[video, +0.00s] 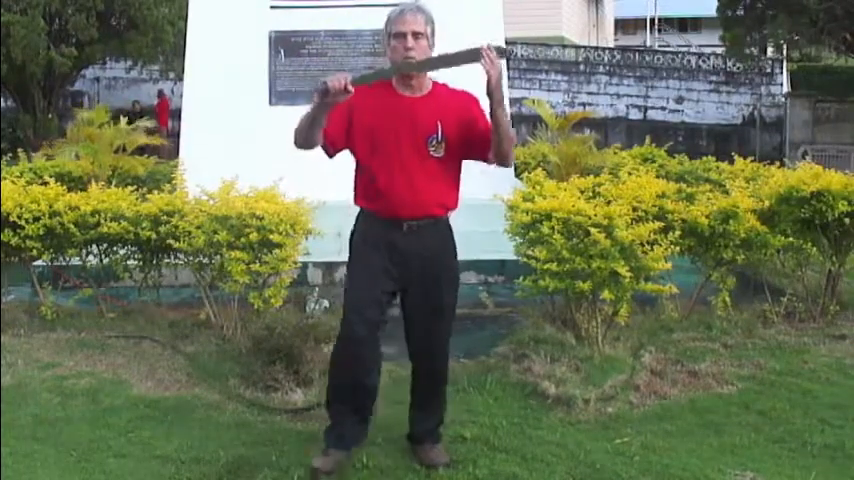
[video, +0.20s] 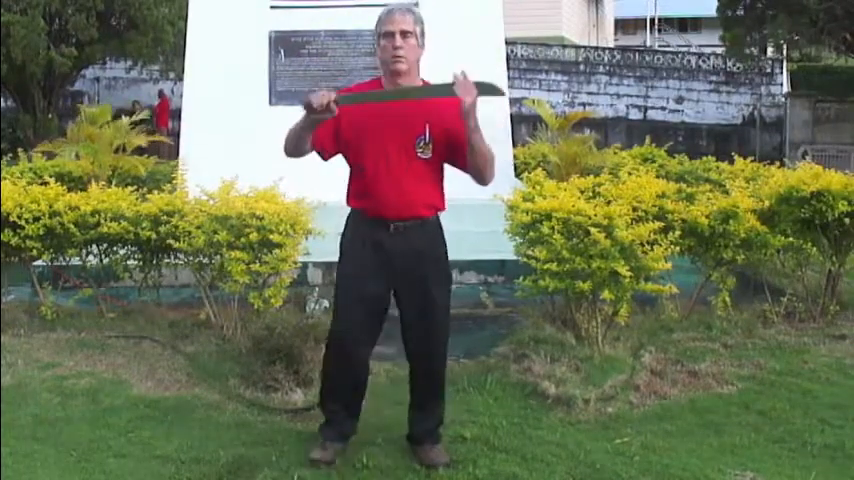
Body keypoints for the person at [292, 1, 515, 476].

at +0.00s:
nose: (408, 44)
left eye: (417, 36)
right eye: (399, 36)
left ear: (431, 44)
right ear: (386, 44)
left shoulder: (458, 103)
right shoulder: (361, 99)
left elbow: (503, 155)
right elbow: (304, 141)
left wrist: (496, 92)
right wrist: (322, 104)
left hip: (433, 237)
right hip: (374, 235)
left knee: (431, 344)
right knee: (356, 333)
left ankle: (426, 438)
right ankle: (340, 441)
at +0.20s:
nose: (396, 43)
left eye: (406, 35)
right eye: (387, 36)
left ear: (421, 45)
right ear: (376, 47)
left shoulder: (442, 102)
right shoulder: (352, 100)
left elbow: (484, 175)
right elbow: (293, 149)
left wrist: (470, 117)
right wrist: (310, 118)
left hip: (423, 236)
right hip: (364, 235)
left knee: (429, 343)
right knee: (347, 338)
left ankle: (426, 437)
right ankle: (334, 432)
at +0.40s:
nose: (380, 45)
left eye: (390, 37)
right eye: (372, 37)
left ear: (407, 47)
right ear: (361, 47)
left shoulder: (433, 106)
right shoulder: (338, 102)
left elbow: (471, 177)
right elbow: (295, 154)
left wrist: (441, 143)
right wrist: (279, 143)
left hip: (409, 239)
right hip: (351, 238)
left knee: (422, 345)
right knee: (338, 341)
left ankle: (426, 438)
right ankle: (334, 434)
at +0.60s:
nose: (365, 61)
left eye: (375, 52)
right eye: (357, 52)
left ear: (393, 62)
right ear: (347, 61)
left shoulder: (421, 119)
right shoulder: (328, 115)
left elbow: (467, 161)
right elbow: (289, 156)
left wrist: (490, 170)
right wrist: (235, 174)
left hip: (405, 247)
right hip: (344, 247)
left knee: (428, 340)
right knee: (333, 343)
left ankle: (434, 435)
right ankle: (333, 435)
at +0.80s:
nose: (376, 87)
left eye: (386, 79)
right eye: (367, 79)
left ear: (398, 89)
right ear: (354, 89)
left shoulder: (432, 143)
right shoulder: (330, 145)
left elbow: (502, 173)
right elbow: (286, 182)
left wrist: (563, 182)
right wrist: (237, 214)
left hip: (415, 265)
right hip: (352, 267)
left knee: (450, 352)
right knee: (331, 361)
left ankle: (487, 462)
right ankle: (333, 436)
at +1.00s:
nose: (424, 108)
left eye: (434, 101)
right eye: (414, 100)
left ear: (445, 111)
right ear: (398, 109)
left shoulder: (467, 167)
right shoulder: (368, 166)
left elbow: (523, 207)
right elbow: (327, 234)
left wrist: (583, 212)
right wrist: (284, 278)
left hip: (443, 289)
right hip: (379, 289)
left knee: (479, 366)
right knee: (351, 382)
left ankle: (496, 468)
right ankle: (334, 440)